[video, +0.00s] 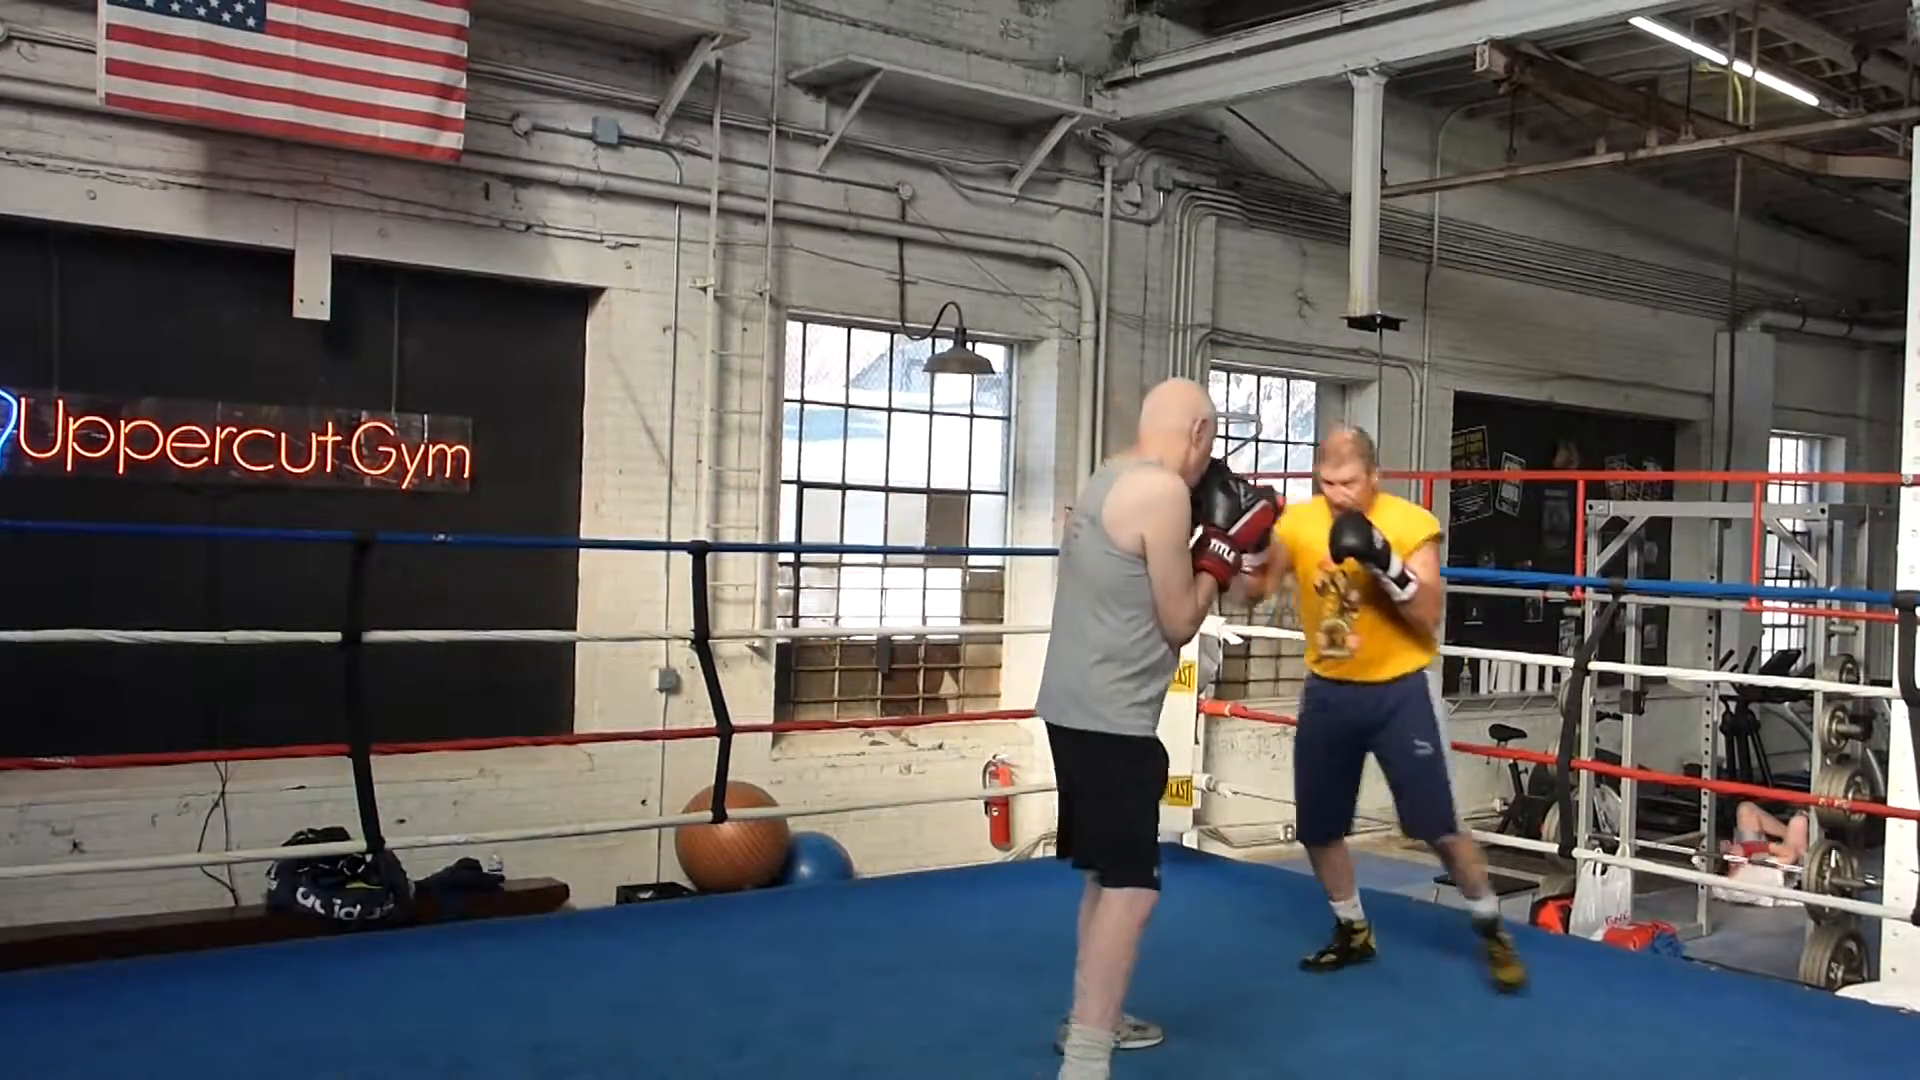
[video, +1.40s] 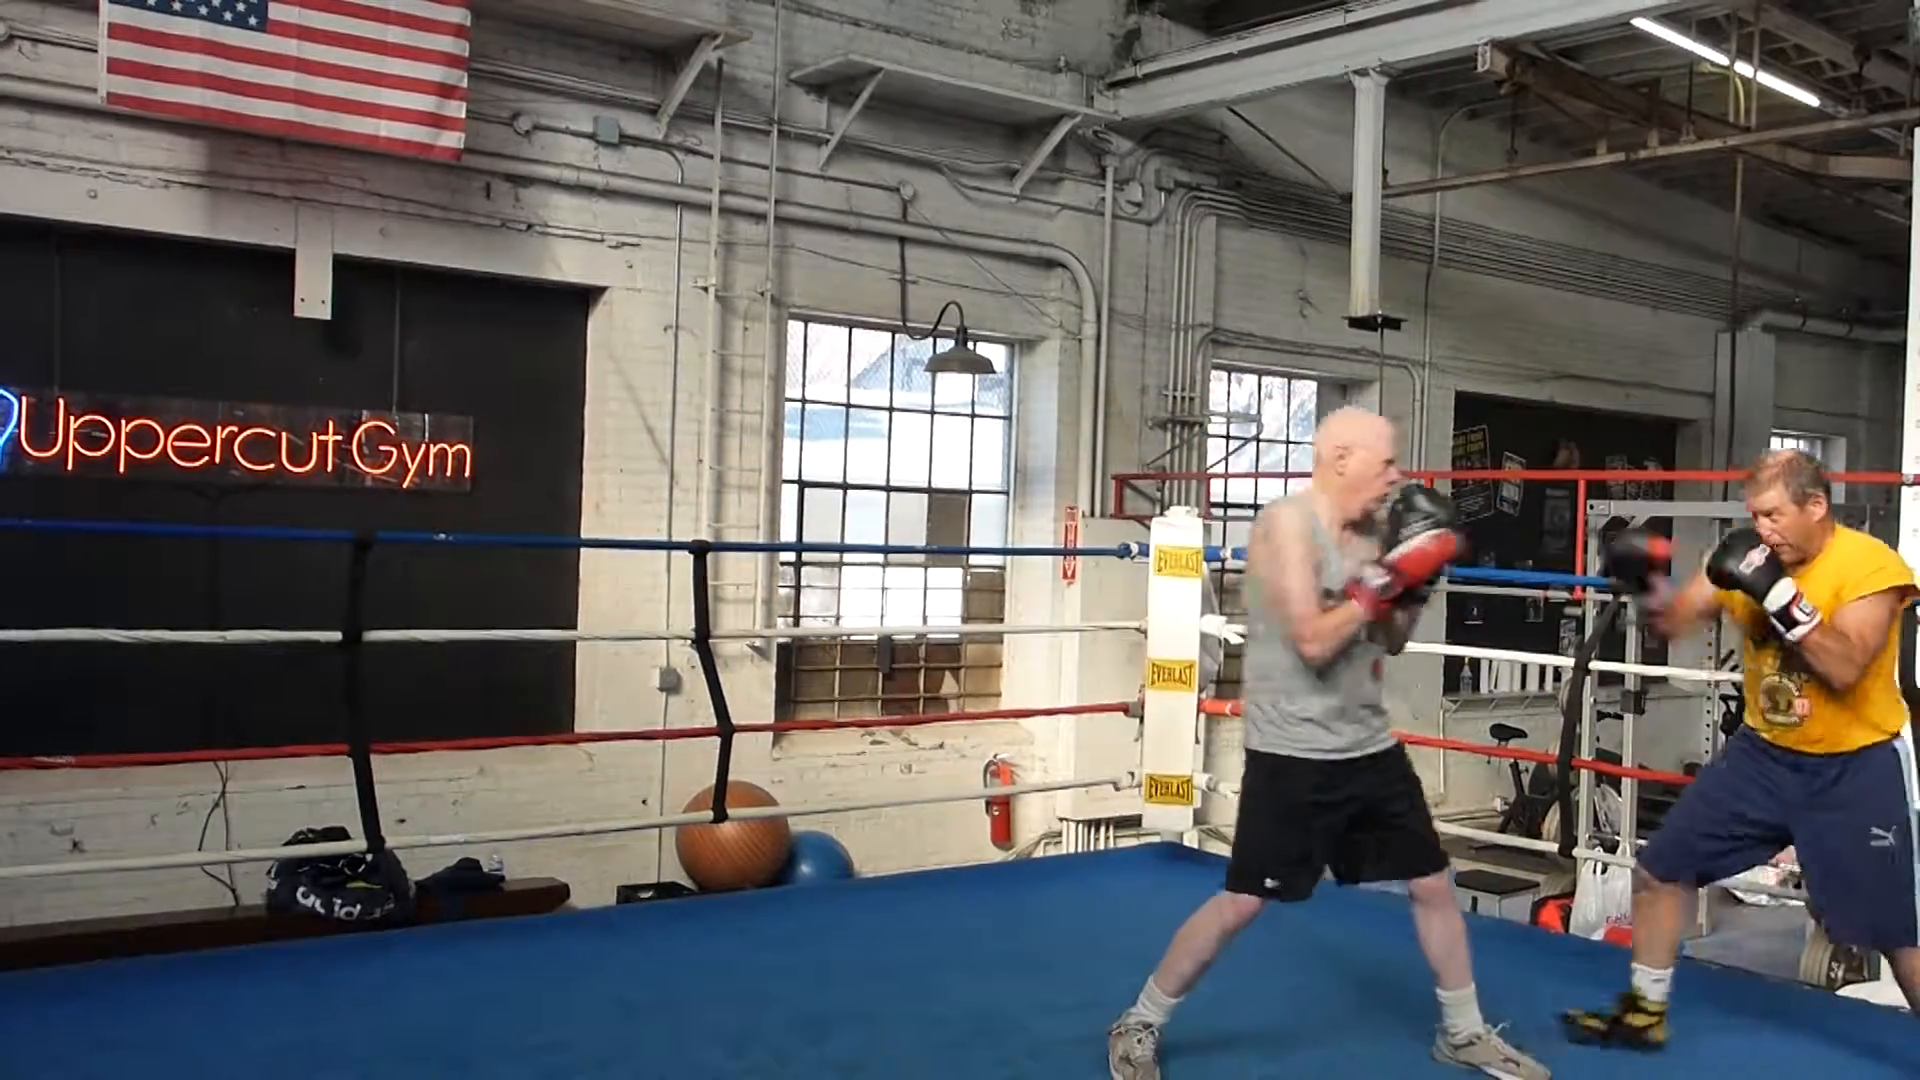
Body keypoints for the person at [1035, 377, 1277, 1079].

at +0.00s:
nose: (1211, 453)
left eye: (1213, 441)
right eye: (1212, 439)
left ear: (1148, 423)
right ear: (1194, 432)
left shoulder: (1104, 483)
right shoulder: (1161, 493)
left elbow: (1133, 596)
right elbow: (1180, 622)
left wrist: (1208, 547)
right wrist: (1220, 558)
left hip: (1076, 710)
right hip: (1115, 721)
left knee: (1106, 878)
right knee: (1133, 890)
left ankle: (1094, 1018)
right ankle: (1085, 1059)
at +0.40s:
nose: (1207, 462)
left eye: (1211, 449)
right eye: (1208, 444)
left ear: (1159, 423)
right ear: (1181, 425)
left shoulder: (1118, 482)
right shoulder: (1137, 486)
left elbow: (1161, 599)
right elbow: (1176, 610)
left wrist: (1206, 532)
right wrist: (1224, 538)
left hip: (1133, 715)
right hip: (1117, 718)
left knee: (1179, 852)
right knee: (1122, 888)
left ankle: (1114, 994)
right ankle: (1039, 1052)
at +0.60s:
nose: (1227, 465)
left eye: (1229, 452)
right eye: (1226, 448)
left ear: (1182, 433)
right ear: (1196, 435)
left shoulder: (1157, 504)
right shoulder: (1139, 503)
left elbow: (1191, 606)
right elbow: (1185, 623)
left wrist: (1226, 539)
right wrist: (1235, 548)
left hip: (1184, 724)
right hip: (1144, 730)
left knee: (1235, 849)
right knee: (1142, 891)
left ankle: (1216, 1004)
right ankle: (1040, 1052)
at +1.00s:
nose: (1288, 459)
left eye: (1292, 447)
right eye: (1285, 443)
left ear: (1253, 430)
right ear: (1246, 426)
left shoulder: (1249, 504)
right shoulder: (1183, 486)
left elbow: (1285, 605)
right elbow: (1224, 605)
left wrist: (1309, 532)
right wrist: (1284, 537)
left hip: (1260, 716)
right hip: (1192, 718)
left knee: (1291, 860)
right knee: (1188, 877)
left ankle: (1246, 1004)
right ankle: (1130, 1022)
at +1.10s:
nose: (1297, 470)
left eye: (1301, 458)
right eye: (1293, 454)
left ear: (1260, 445)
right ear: (1251, 441)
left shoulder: (1264, 520)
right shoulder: (1184, 506)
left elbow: (1292, 618)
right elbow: (1227, 624)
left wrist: (1324, 542)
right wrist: (1292, 546)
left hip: (1281, 726)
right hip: (1205, 736)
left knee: (1358, 849)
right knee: (1197, 891)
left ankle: (1286, 977)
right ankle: (1131, 1025)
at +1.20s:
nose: (1320, 478)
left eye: (1322, 466)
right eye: (1313, 463)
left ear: (1278, 453)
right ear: (1271, 453)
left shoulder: (1291, 523)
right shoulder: (1201, 518)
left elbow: (1313, 632)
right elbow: (1227, 641)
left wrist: (1342, 568)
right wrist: (1301, 562)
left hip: (1303, 731)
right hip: (1224, 744)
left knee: (1388, 854)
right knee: (1211, 899)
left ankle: (1373, 1006)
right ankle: (1133, 1027)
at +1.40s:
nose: (1394, 480)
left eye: (1395, 467)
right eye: (1385, 465)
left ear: (1356, 462)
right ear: (1337, 458)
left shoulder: (1371, 529)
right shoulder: (1286, 521)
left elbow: (1391, 641)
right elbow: (1313, 641)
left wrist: (1410, 583)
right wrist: (1390, 578)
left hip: (1370, 748)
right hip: (1289, 752)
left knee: (1434, 885)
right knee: (1242, 901)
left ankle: (1465, 1033)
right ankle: (1140, 1023)